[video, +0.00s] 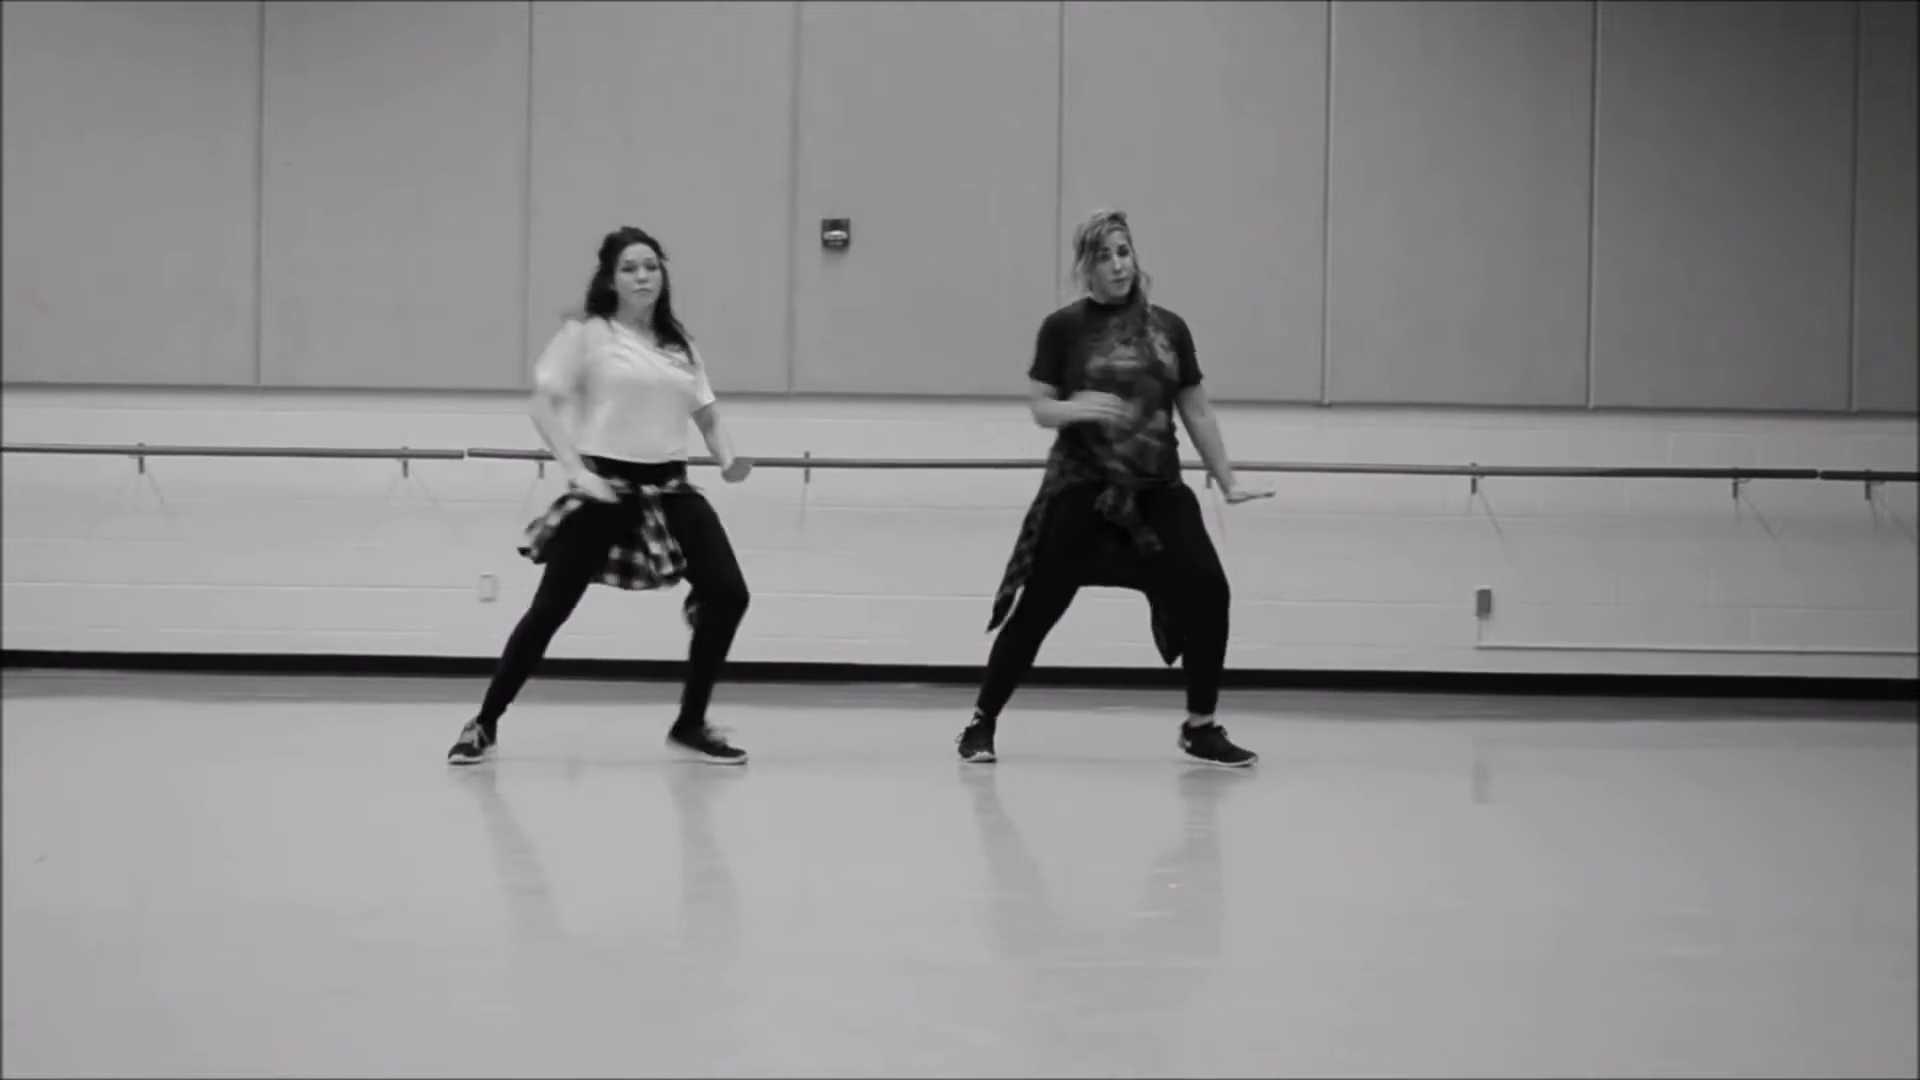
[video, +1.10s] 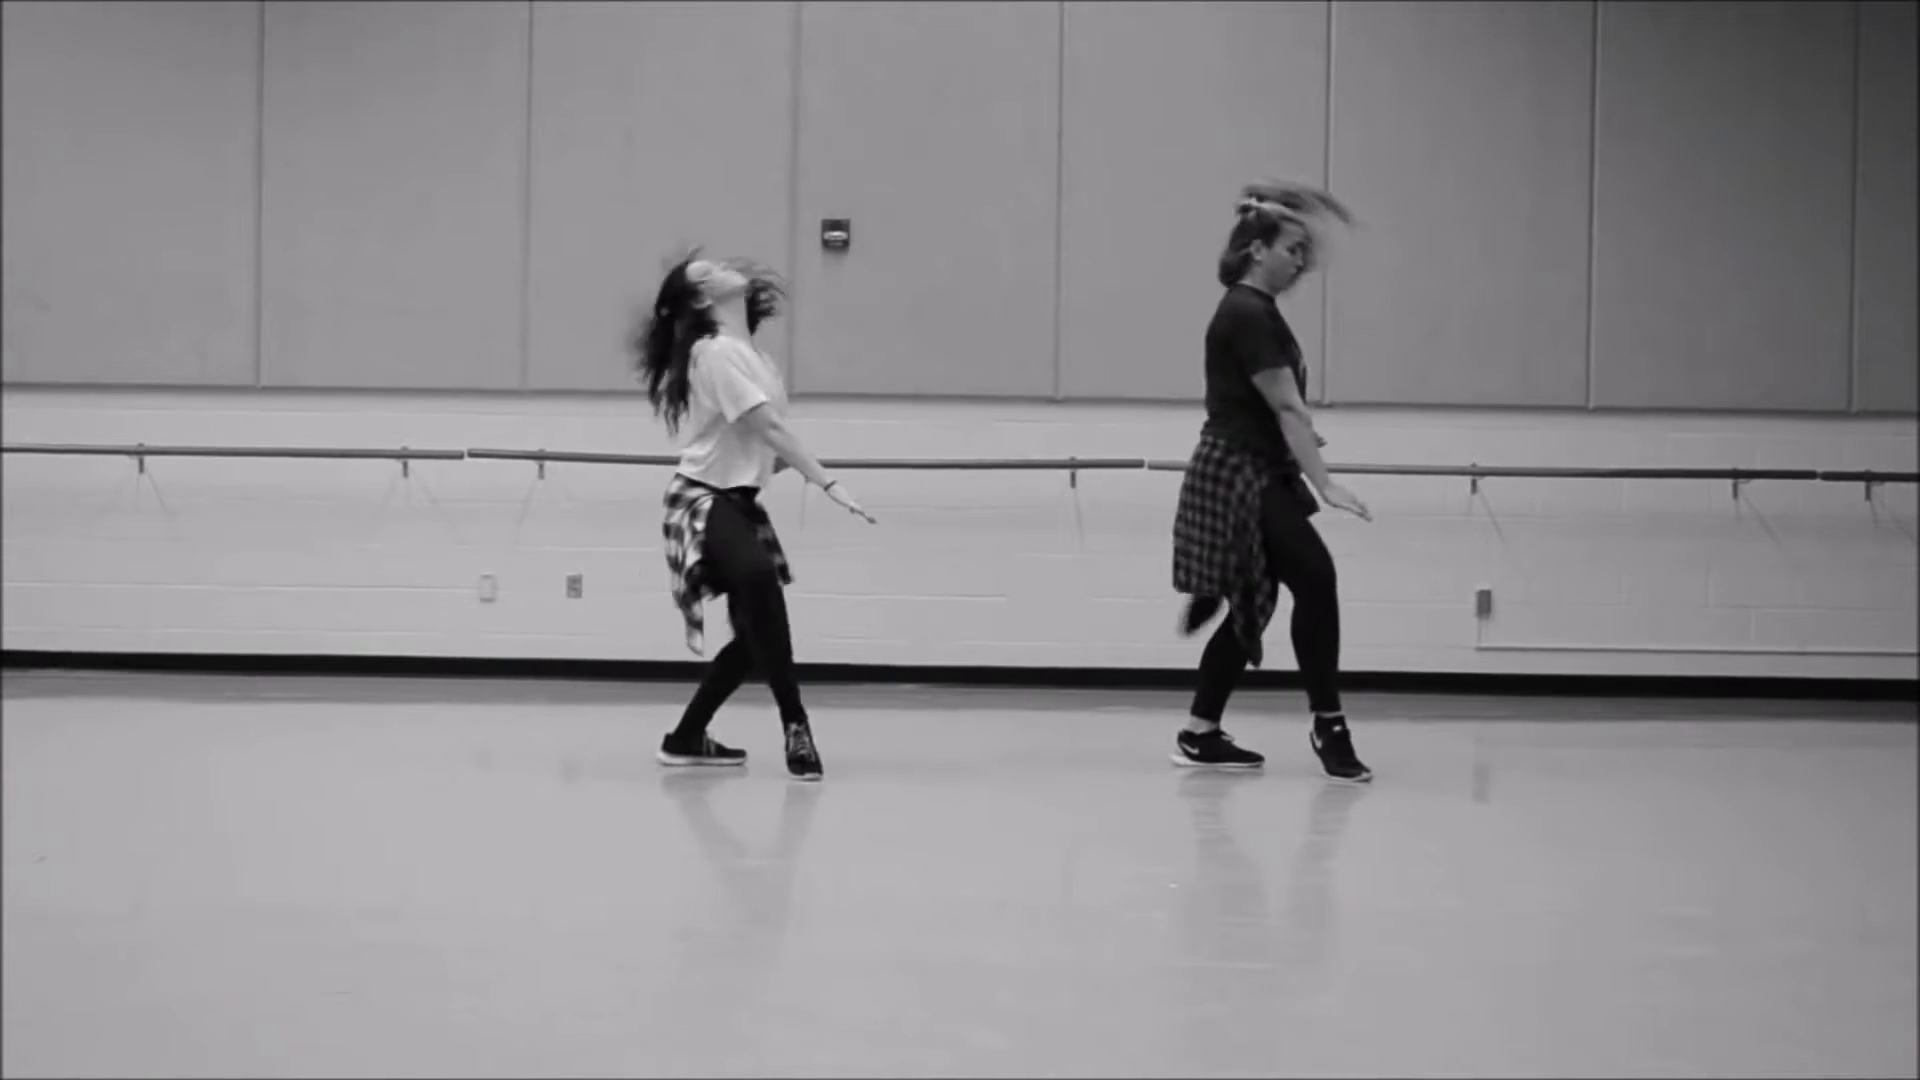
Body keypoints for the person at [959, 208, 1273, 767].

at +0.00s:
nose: (1117, 263)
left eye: (1124, 252)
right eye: (1104, 255)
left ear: (1136, 259)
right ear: (1086, 266)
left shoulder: (1168, 329)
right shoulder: (1063, 329)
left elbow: (1197, 411)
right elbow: (1041, 408)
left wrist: (1228, 482)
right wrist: (1078, 407)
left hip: (1158, 492)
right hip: (1080, 490)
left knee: (1209, 593)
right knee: (1042, 603)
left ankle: (1201, 726)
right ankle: (983, 722)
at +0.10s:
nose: (1131, 267)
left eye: (1136, 255)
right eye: (1116, 261)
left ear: (1149, 259)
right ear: (1097, 277)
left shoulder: (1176, 322)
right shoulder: (1106, 327)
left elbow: (1200, 403)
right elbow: (1107, 415)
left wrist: (1225, 469)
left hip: (1175, 489)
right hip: (1113, 489)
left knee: (1221, 597)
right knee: (1067, 610)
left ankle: (1195, 729)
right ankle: (991, 718)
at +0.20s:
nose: (1172, 265)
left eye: (1175, 253)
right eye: (1157, 260)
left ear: (1188, 259)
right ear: (1137, 277)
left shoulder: (1196, 319)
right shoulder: (1152, 330)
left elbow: (1207, 400)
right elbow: (1165, 423)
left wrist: (1232, 462)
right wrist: (1220, 487)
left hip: (1192, 488)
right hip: (1142, 489)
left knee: (1234, 599)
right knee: (1119, 604)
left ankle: (1197, 729)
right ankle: (1045, 710)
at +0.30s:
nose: (1220, 272)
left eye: (1224, 261)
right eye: (1204, 265)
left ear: (1232, 268)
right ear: (1180, 278)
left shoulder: (1216, 333)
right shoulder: (1190, 334)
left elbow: (1217, 420)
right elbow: (1208, 427)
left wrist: (1240, 470)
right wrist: (1249, 497)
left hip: (1195, 489)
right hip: (1160, 490)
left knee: (1237, 598)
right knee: (1174, 600)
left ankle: (1201, 728)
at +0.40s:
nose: (1269, 291)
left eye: (1273, 280)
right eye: (1255, 282)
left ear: (1278, 288)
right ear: (1226, 293)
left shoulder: (1225, 342)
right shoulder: (1229, 347)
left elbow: (1222, 435)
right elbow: (1244, 446)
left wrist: (1244, 479)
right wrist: (1290, 516)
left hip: (1183, 486)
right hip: (1169, 489)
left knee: (1232, 598)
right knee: (1236, 598)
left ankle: (1205, 723)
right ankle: (1202, 726)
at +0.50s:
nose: (1311, 324)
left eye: (1315, 314)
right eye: (1300, 313)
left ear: (1314, 317)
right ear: (1268, 318)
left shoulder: (1241, 362)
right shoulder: (1260, 369)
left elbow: (1222, 438)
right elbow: (1273, 469)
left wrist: (1247, 493)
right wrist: (1335, 523)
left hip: (1177, 489)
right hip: (1172, 493)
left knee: (1241, 601)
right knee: (1249, 592)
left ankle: (1197, 729)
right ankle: (1283, 728)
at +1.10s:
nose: (1301, 262)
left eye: (1303, 252)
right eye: (1293, 250)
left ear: (1265, 255)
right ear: (1259, 250)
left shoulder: (1254, 310)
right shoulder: (1247, 314)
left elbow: (1268, 409)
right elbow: (1286, 408)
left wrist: (1295, 475)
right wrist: (1324, 482)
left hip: (1251, 476)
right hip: (1246, 477)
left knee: (1254, 601)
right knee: (1316, 578)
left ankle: (1200, 727)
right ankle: (1329, 723)